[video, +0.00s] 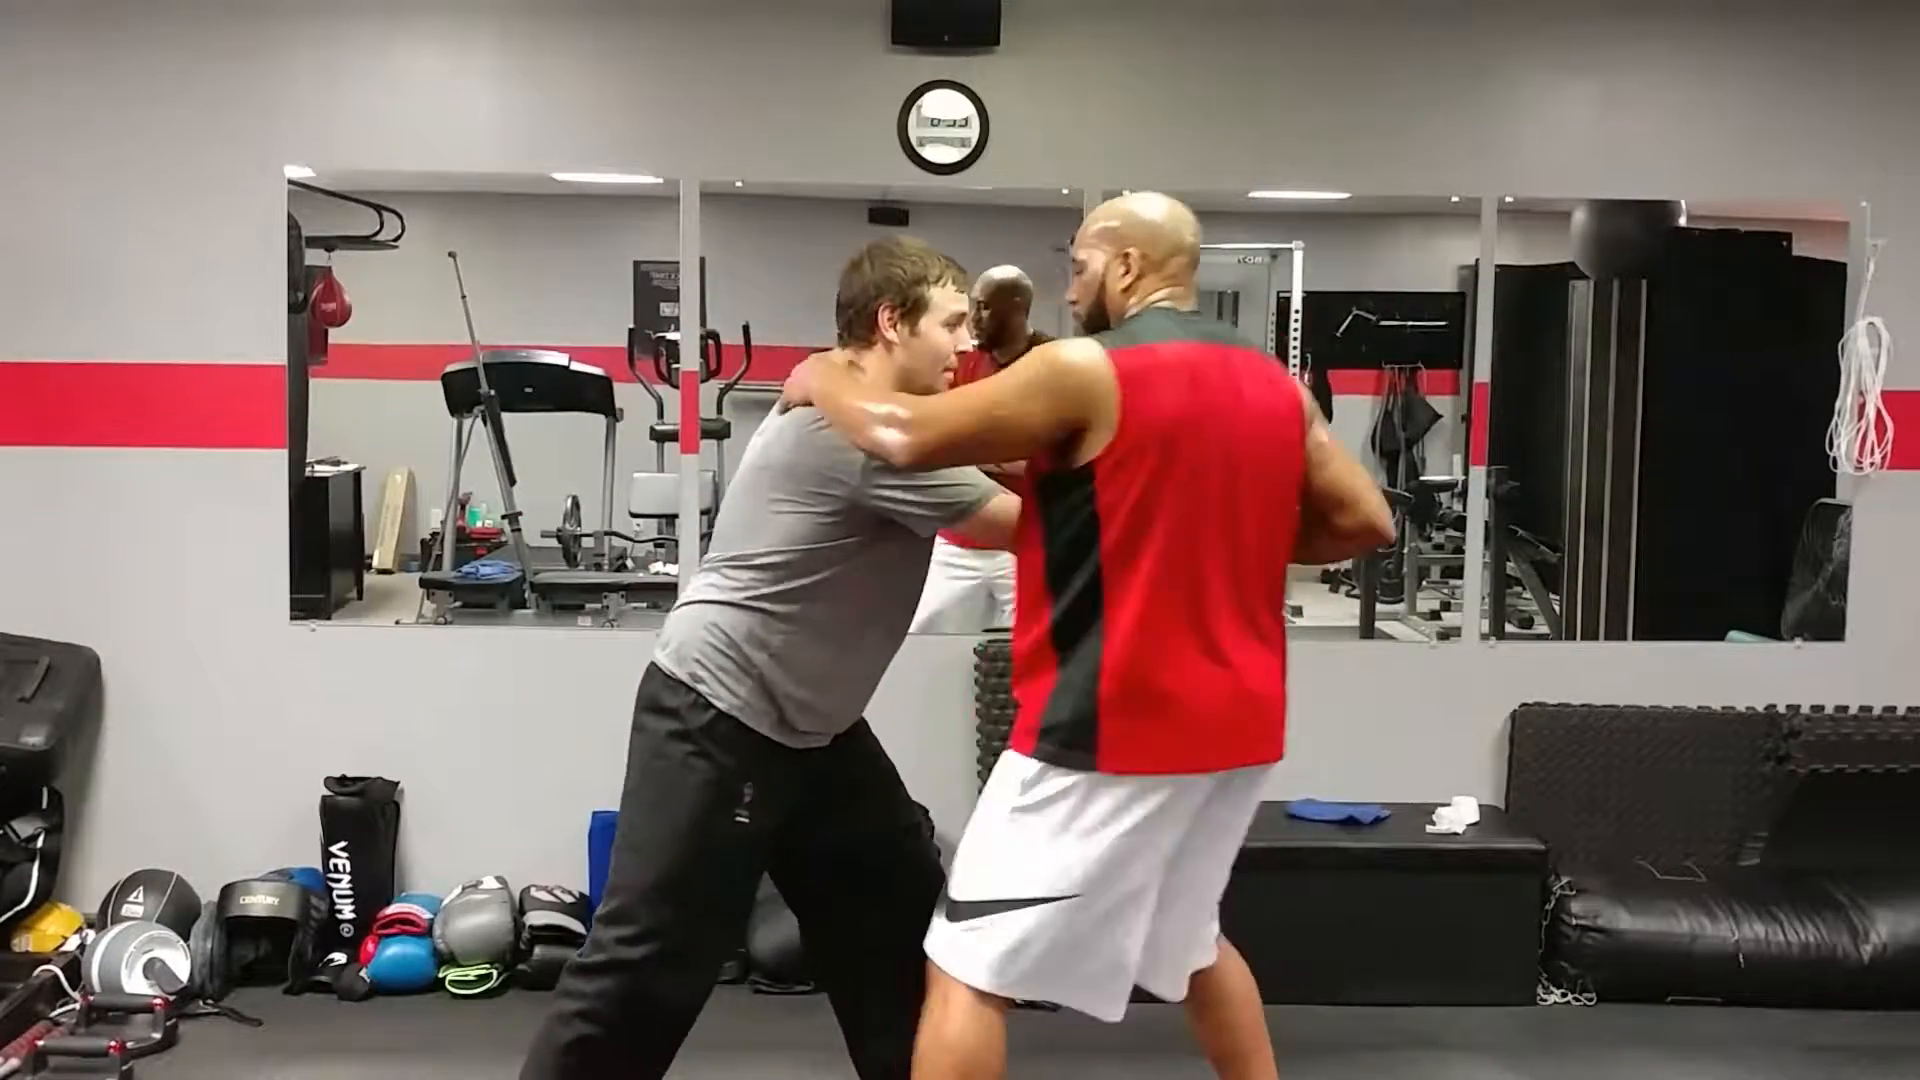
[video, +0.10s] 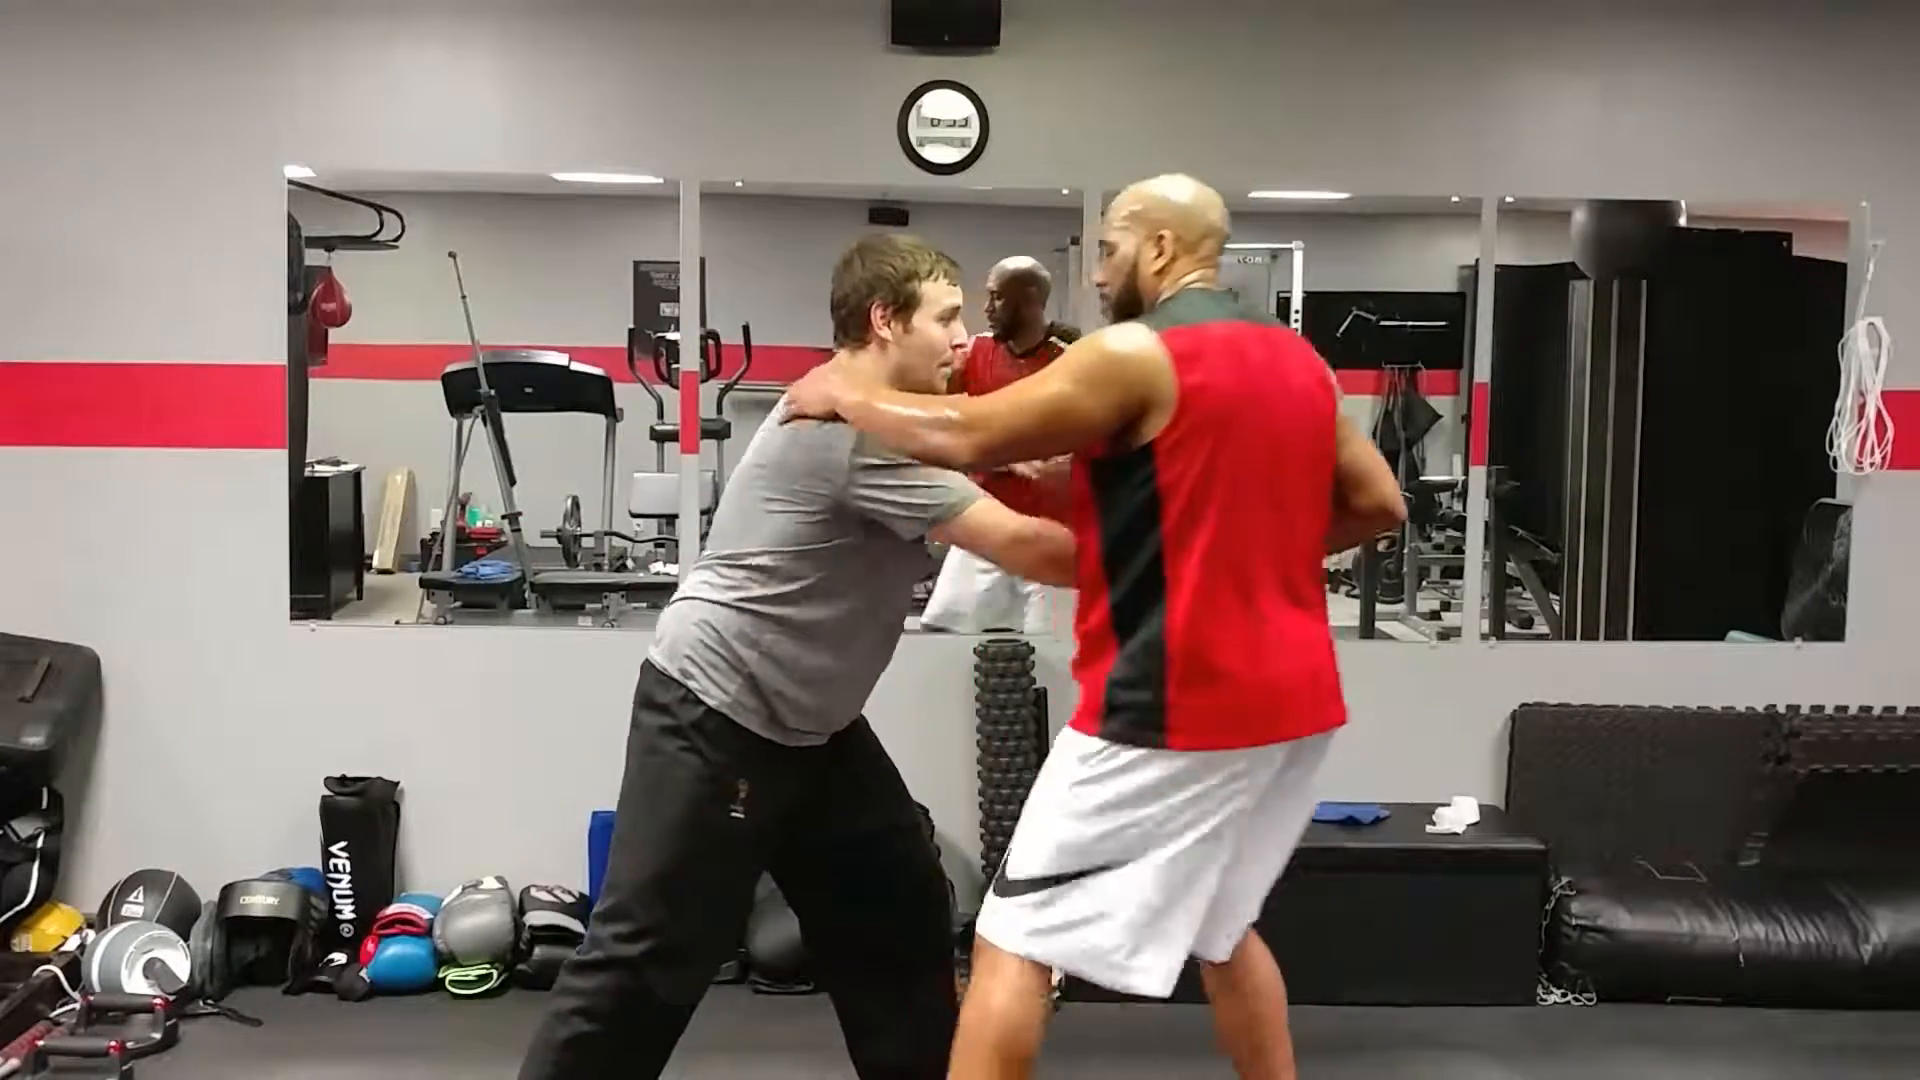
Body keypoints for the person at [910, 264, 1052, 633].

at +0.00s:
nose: (976, 323)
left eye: (986, 310)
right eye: (972, 311)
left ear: (1021, 310)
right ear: (971, 309)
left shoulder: (1058, 365)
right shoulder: (956, 366)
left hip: (1025, 550)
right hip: (952, 548)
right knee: (920, 667)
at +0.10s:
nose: (987, 309)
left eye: (996, 298)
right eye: (987, 297)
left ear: (1030, 298)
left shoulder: (1077, 360)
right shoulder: (974, 354)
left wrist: (1054, 469)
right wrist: (1006, 459)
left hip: (1061, 542)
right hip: (984, 537)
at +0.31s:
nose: (1005, 297)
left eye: (1013, 287)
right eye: (1005, 287)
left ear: (1049, 287)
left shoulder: (1095, 352)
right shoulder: (1010, 343)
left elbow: (1141, 441)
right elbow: (948, 383)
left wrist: (1086, 473)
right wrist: (888, 385)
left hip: (1084, 540)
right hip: (1016, 526)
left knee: (1075, 664)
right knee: (969, 634)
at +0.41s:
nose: (1008, 296)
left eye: (1016, 286)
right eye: (1008, 286)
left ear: (1052, 286)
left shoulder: (1107, 351)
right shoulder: (1017, 345)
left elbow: (1140, 444)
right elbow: (960, 393)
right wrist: (892, 414)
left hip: (1099, 543)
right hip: (1030, 536)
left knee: (1100, 675)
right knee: (1016, 664)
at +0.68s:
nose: (1023, 312)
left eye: (1031, 300)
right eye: (1024, 301)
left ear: (1064, 301)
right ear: (1060, 304)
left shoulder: (1120, 361)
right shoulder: (1052, 362)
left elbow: (1155, 448)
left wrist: (1081, 500)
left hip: (1129, 550)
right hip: (1064, 545)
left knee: (1139, 669)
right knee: (1033, 654)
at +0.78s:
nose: (1035, 313)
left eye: (1043, 301)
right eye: (1036, 302)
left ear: (1077, 302)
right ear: (1072, 304)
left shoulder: (1130, 364)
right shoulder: (1066, 363)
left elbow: (1166, 452)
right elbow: (1080, 450)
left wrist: (1113, 518)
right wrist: (1067, 517)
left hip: (1145, 551)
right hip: (1079, 547)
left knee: (1148, 670)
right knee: (1030, 642)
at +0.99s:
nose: (1059, 307)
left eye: (1070, 296)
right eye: (1060, 295)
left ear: (1112, 301)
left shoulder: (1149, 360)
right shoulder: (1070, 364)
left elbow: (1174, 452)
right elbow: (1065, 435)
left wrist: (1127, 524)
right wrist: (1062, 480)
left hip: (1163, 551)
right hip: (1095, 546)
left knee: (1170, 674)